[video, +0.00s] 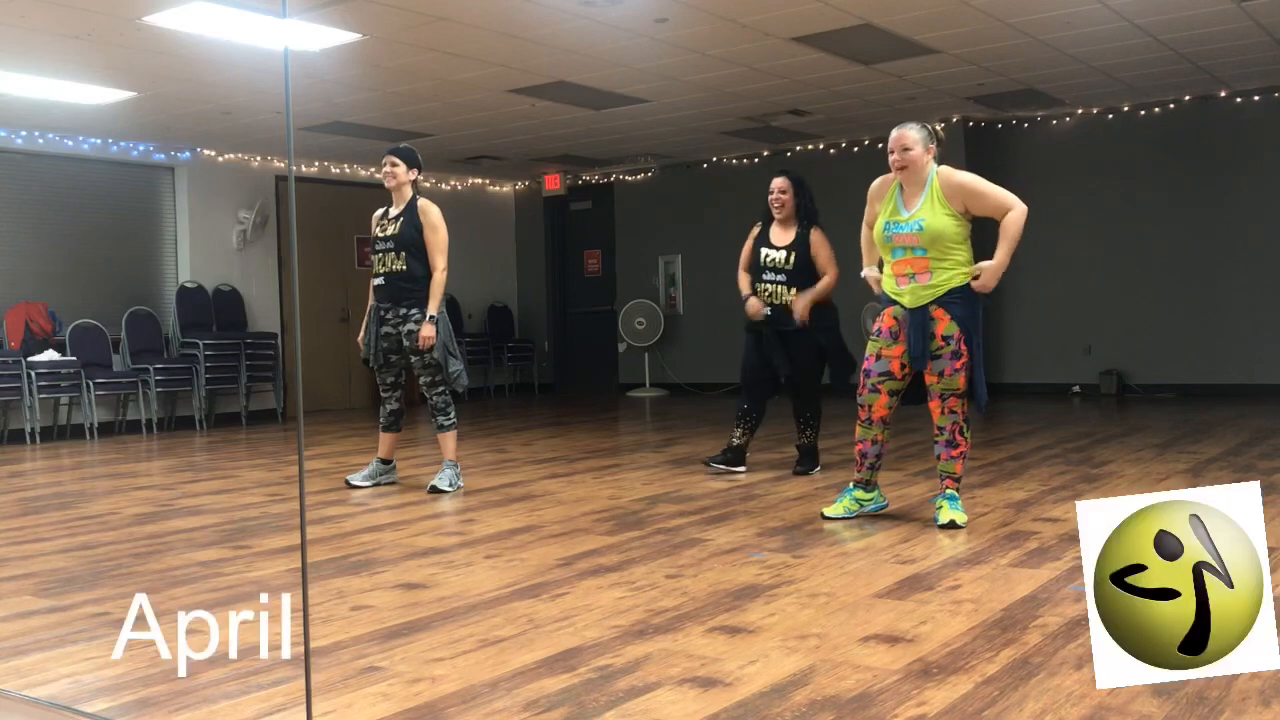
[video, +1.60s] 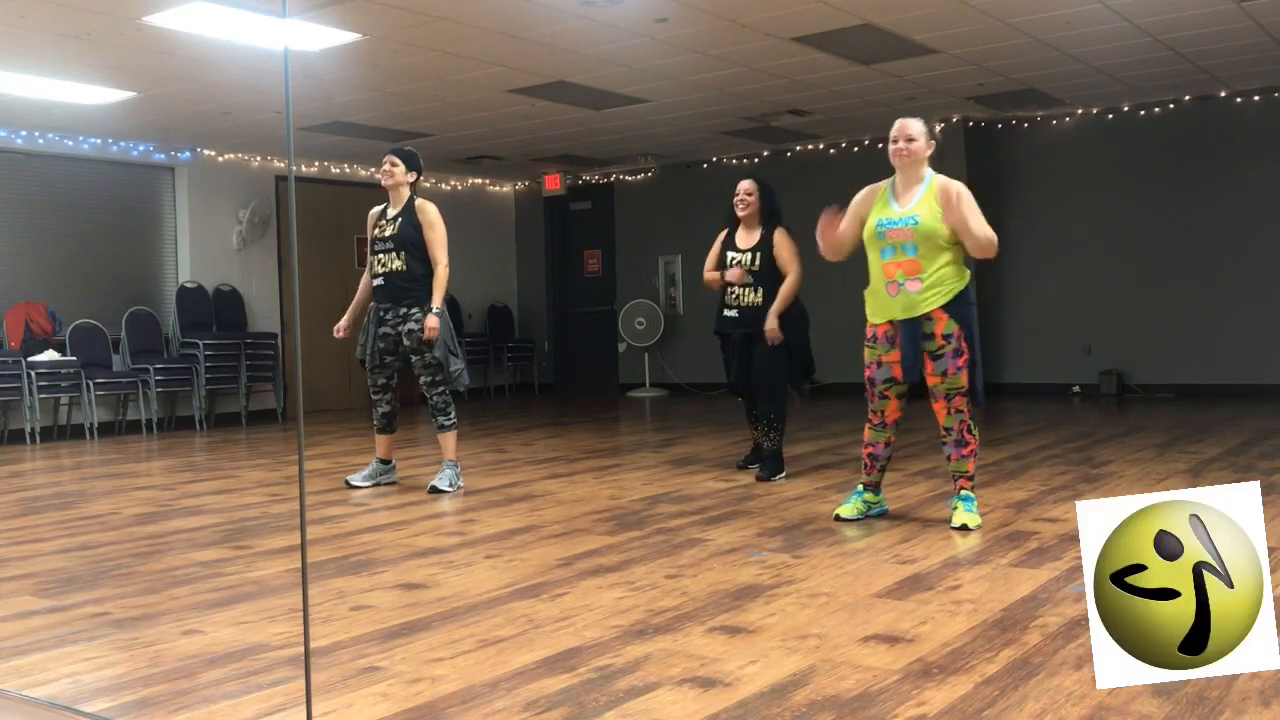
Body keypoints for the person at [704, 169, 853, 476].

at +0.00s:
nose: (775, 198)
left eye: (782, 192)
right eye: (772, 193)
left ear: (797, 197)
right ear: (768, 198)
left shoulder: (812, 235)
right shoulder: (758, 232)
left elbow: (831, 275)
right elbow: (744, 271)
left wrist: (808, 297)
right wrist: (749, 297)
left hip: (801, 330)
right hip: (764, 328)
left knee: (804, 391)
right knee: (753, 387)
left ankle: (808, 454)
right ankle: (736, 451)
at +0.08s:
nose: (778, 198)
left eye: (785, 192)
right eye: (774, 193)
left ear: (800, 197)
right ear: (771, 198)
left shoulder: (814, 234)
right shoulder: (762, 230)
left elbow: (825, 275)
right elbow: (744, 268)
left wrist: (809, 257)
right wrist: (757, 293)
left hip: (805, 325)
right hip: (766, 324)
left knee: (805, 387)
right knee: (752, 382)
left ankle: (808, 453)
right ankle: (743, 450)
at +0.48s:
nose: (768, 199)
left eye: (775, 194)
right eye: (765, 194)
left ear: (791, 198)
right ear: (761, 198)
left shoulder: (801, 232)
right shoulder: (751, 233)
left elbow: (802, 256)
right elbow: (733, 270)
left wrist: (787, 216)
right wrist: (738, 296)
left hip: (794, 326)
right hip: (756, 328)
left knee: (798, 388)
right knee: (760, 389)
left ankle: (807, 454)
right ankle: (762, 450)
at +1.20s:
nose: (736, 202)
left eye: (742, 197)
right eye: (732, 199)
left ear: (757, 201)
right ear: (728, 206)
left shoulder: (769, 232)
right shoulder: (726, 240)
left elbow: (778, 260)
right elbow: (713, 285)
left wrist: (767, 225)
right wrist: (698, 321)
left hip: (772, 322)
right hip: (737, 326)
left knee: (774, 382)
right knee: (748, 385)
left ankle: (776, 450)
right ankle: (759, 447)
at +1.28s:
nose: (737, 203)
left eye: (743, 198)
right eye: (733, 199)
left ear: (757, 202)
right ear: (729, 205)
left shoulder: (773, 232)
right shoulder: (727, 238)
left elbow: (781, 265)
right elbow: (712, 283)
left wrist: (749, 249)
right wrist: (693, 320)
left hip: (771, 324)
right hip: (736, 326)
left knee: (773, 384)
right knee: (746, 387)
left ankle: (774, 452)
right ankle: (759, 448)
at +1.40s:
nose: (738, 202)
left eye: (745, 198)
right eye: (735, 198)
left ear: (759, 203)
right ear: (731, 205)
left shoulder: (773, 235)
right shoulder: (726, 240)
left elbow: (784, 270)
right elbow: (713, 282)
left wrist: (746, 280)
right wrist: (697, 313)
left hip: (770, 327)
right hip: (736, 328)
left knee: (770, 387)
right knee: (746, 387)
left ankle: (773, 454)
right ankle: (759, 447)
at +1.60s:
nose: (741, 199)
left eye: (748, 194)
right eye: (737, 194)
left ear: (762, 200)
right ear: (733, 201)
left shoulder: (776, 235)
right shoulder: (726, 236)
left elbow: (794, 274)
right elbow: (708, 276)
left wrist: (774, 313)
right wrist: (725, 277)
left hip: (770, 328)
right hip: (736, 330)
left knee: (770, 389)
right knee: (747, 389)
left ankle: (774, 456)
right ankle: (759, 447)